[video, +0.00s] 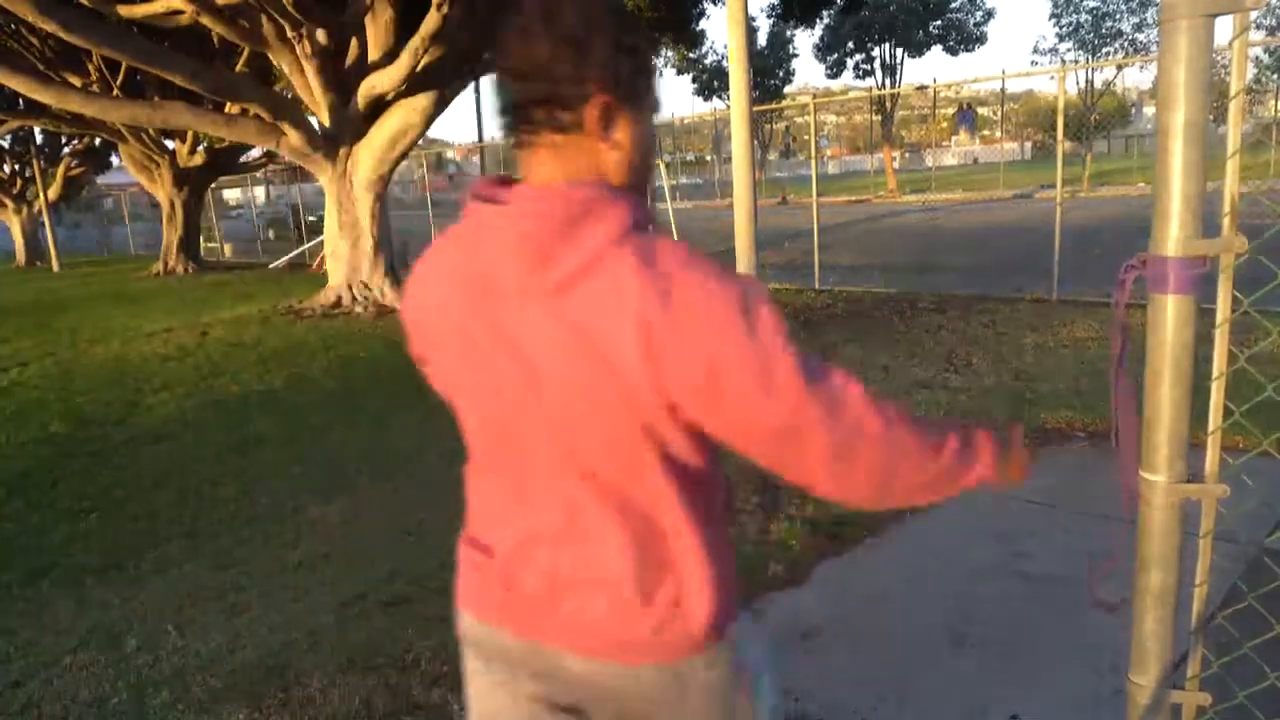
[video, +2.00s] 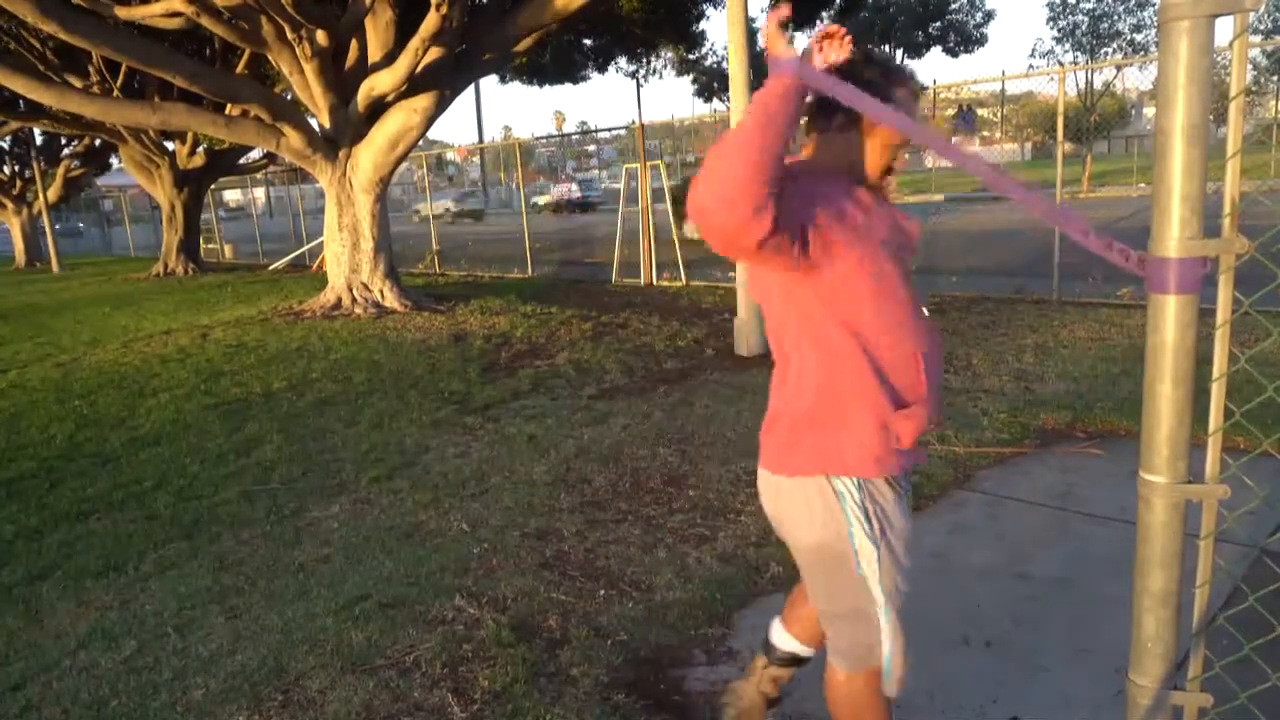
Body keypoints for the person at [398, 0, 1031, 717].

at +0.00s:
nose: (649, 141)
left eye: (650, 116)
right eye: (647, 116)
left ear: (519, 117)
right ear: (605, 119)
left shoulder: (439, 279)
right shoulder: (673, 291)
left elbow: (465, 391)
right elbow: (833, 441)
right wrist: (976, 455)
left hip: (498, 634)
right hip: (654, 646)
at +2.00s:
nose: (905, 150)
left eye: (907, 133)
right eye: (897, 132)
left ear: (856, 129)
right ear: (847, 123)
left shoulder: (862, 207)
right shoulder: (800, 202)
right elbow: (720, 209)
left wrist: (829, 79)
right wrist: (786, 80)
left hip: (865, 457)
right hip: (825, 468)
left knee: (836, 592)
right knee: (863, 656)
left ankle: (754, 693)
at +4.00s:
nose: (866, 168)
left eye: (871, 154)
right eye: (859, 151)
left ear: (827, 139)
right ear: (810, 136)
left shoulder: (833, 211)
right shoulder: (750, 209)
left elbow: (838, 302)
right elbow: (699, 317)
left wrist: (879, 312)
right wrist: (818, 330)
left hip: (824, 431)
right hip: (767, 437)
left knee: (823, 578)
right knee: (813, 595)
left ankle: (796, 696)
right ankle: (821, 715)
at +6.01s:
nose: (705, 195)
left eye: (711, 180)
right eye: (694, 180)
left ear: (714, 171)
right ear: (652, 164)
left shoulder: (713, 224)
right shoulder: (610, 230)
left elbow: (766, 276)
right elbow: (646, 309)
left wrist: (833, 306)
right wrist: (758, 329)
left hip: (717, 419)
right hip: (650, 428)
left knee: (740, 544)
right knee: (705, 574)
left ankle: (689, 640)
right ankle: (731, 696)